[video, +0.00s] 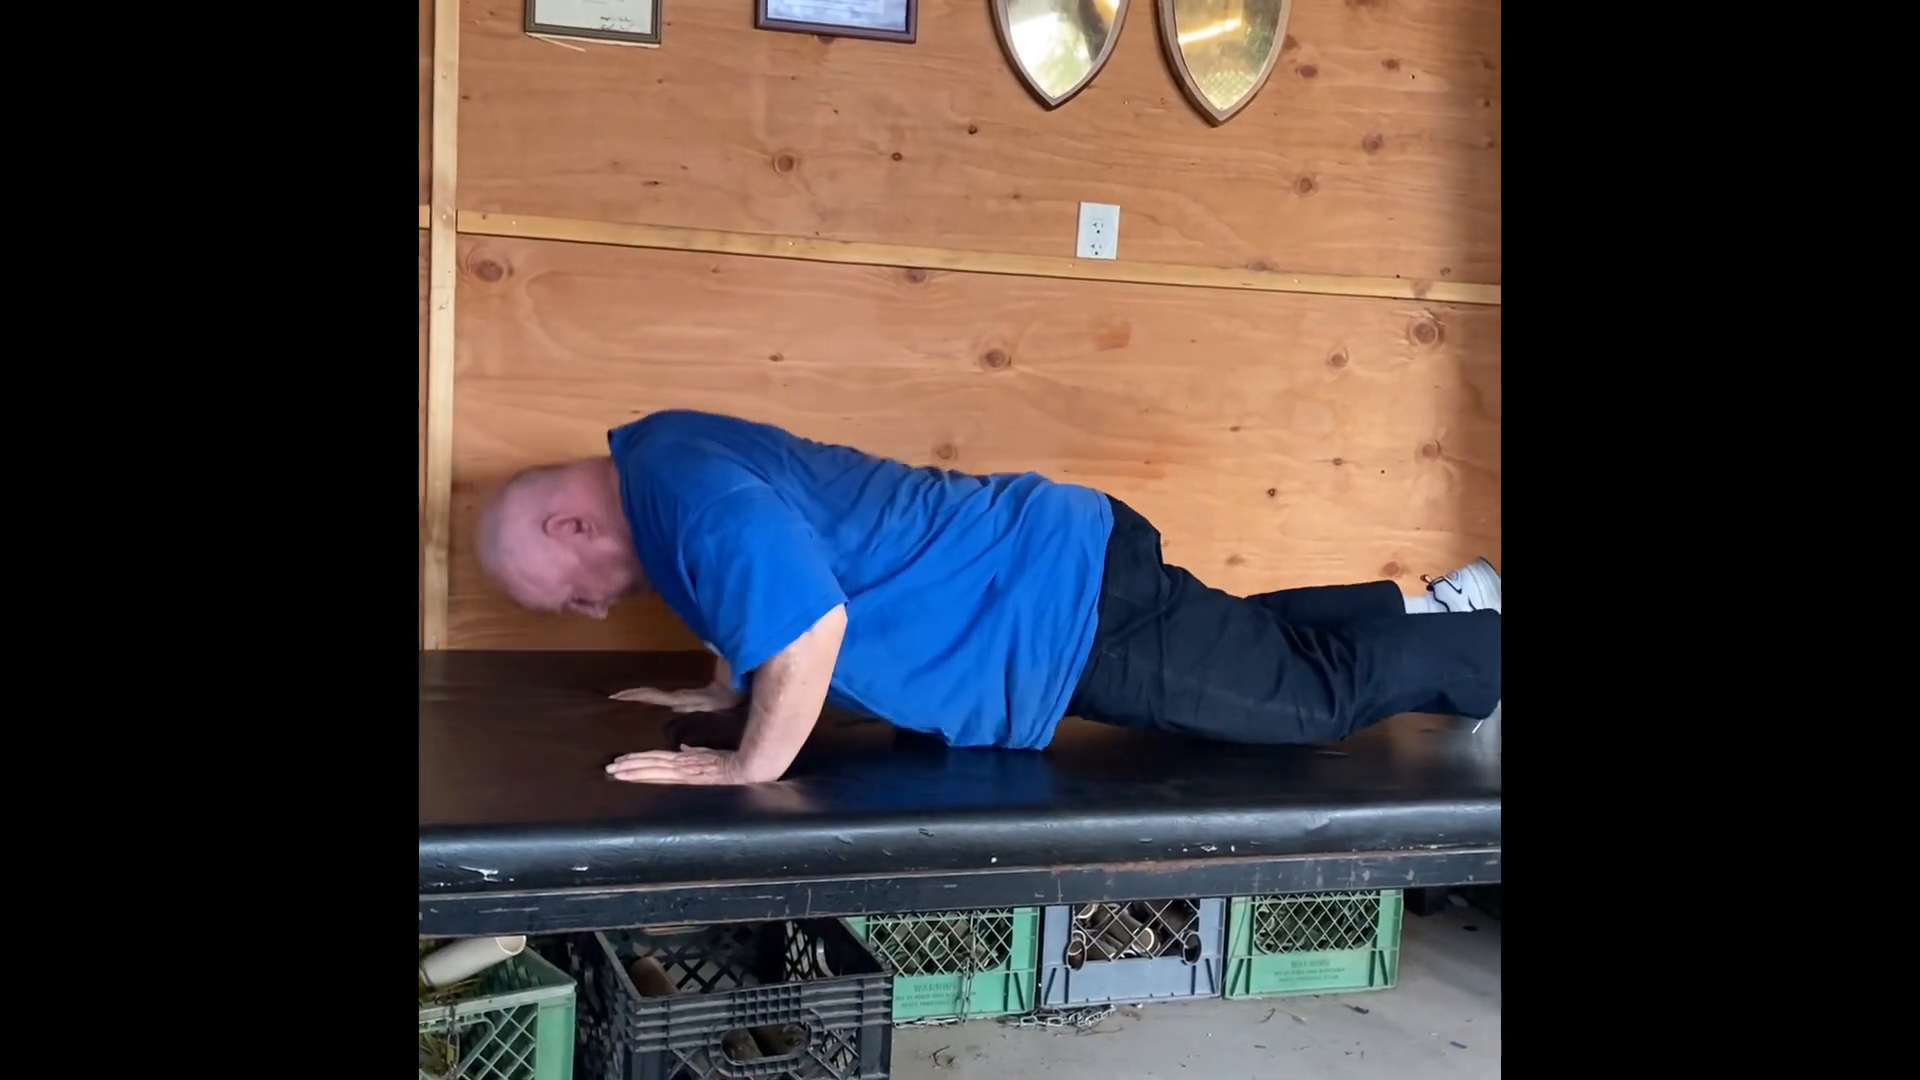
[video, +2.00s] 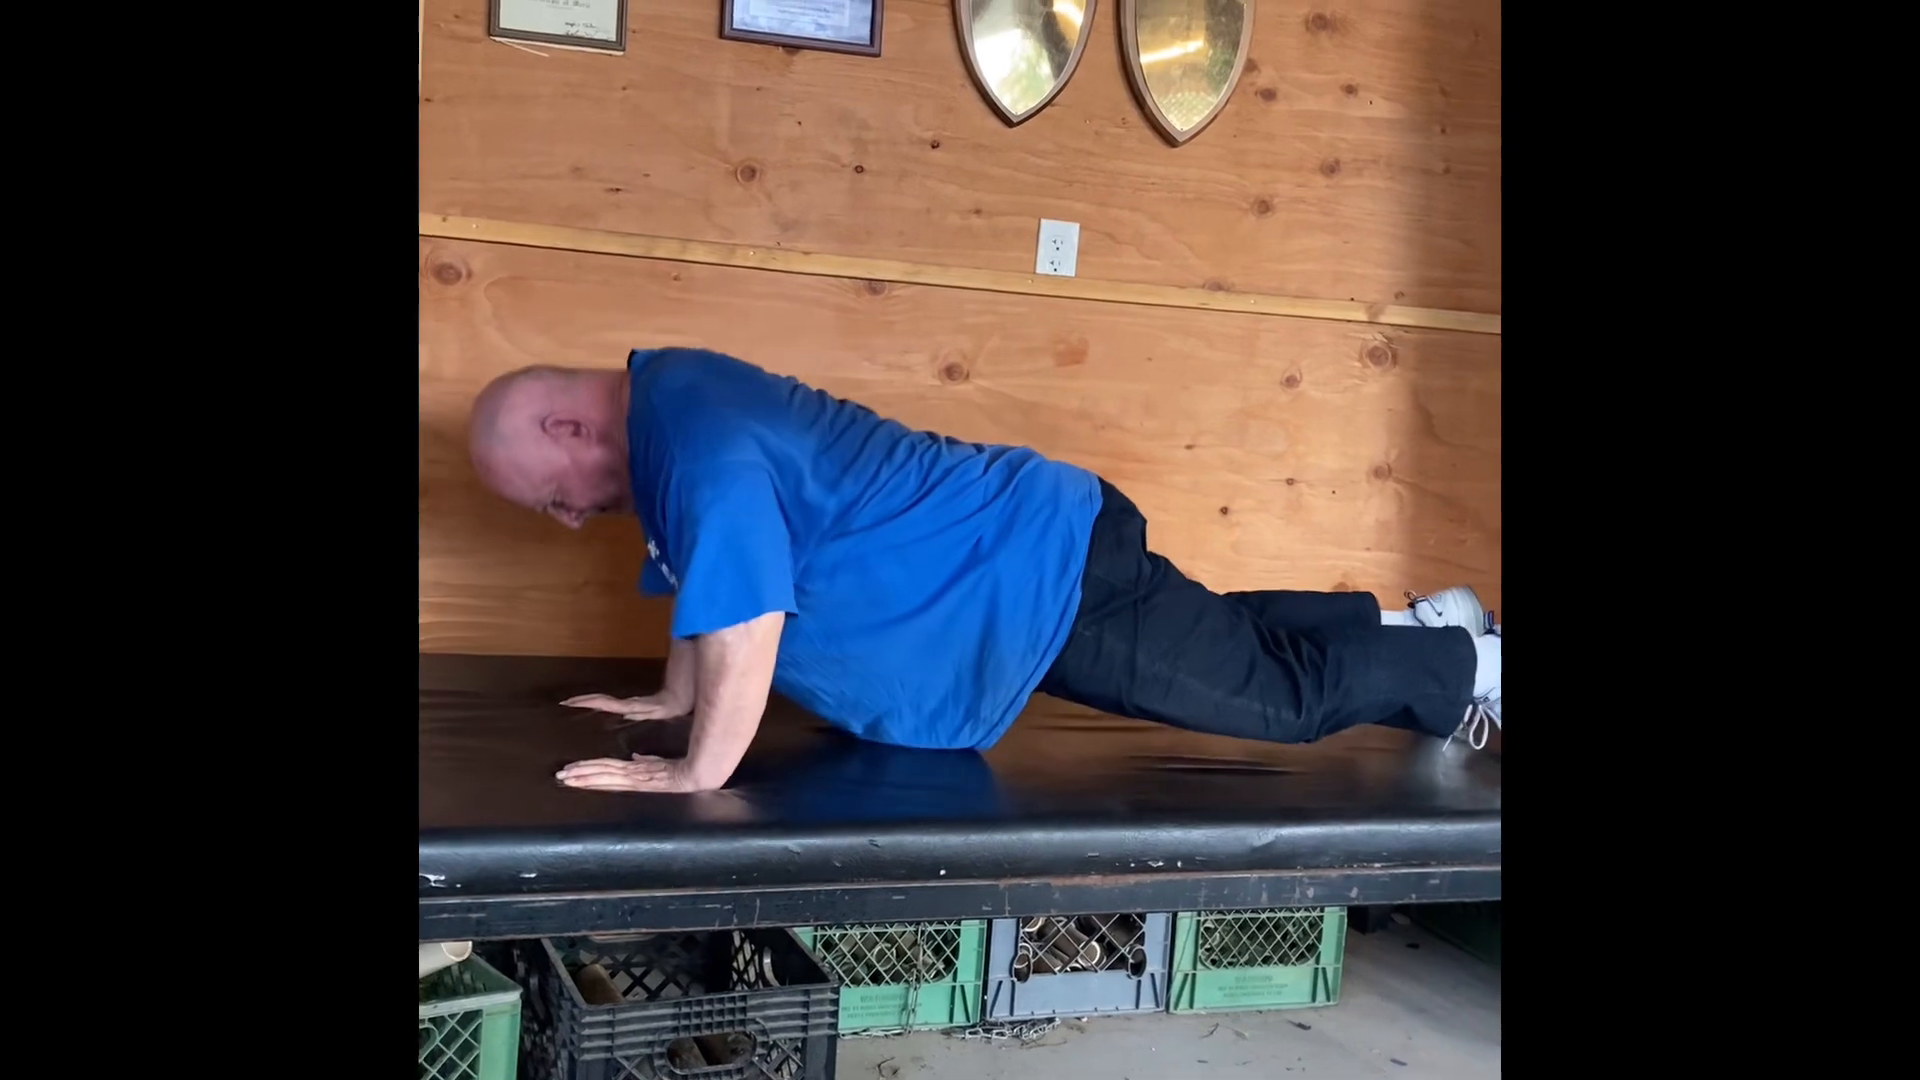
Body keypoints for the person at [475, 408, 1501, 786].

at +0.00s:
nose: (597, 599)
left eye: (571, 591)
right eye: (574, 597)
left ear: (569, 531)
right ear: (564, 500)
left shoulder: (686, 499)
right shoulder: (658, 463)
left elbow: (804, 618)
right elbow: (764, 592)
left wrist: (749, 766)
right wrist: (732, 690)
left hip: (1068, 608)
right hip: (1049, 571)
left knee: (1307, 695)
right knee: (1276, 649)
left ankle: (1486, 653)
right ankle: (1460, 612)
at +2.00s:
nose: (573, 511)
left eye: (556, 491)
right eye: (551, 502)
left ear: (571, 431)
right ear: (569, 415)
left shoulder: (695, 437)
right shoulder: (664, 412)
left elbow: (747, 613)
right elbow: (717, 592)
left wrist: (704, 770)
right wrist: (681, 705)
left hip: (1050, 583)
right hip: (1030, 557)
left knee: (1274, 696)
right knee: (1217, 638)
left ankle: (1462, 662)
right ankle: (1406, 618)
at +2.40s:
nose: (532, 658)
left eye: (511, 649)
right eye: (512, 658)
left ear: (512, 587)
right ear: (508, 573)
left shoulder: (640, 562)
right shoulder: (587, 532)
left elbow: (736, 667)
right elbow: (702, 648)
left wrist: (670, 798)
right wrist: (633, 716)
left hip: (993, 663)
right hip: (969, 670)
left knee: (1222, 755)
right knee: (1178, 705)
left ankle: (1429, 705)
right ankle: (1371, 668)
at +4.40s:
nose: (506, 671)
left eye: (484, 655)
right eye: (485, 668)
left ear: (490, 598)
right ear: (489, 614)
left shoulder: (609, 573)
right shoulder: (579, 597)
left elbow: (692, 727)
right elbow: (704, 715)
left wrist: (630, 864)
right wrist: (622, 788)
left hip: (957, 710)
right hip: (926, 757)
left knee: (1187, 814)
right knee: (1157, 781)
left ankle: (1406, 775)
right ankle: (1356, 736)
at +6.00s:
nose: (532, 614)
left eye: (516, 594)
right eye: (513, 606)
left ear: (531, 537)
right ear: (529, 544)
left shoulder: (654, 550)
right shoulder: (622, 554)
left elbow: (691, 755)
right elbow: (657, 731)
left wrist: (638, 897)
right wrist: (616, 842)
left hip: (989, 707)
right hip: (960, 715)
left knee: (1204, 822)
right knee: (1168, 787)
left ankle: (1430, 804)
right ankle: (1365, 771)